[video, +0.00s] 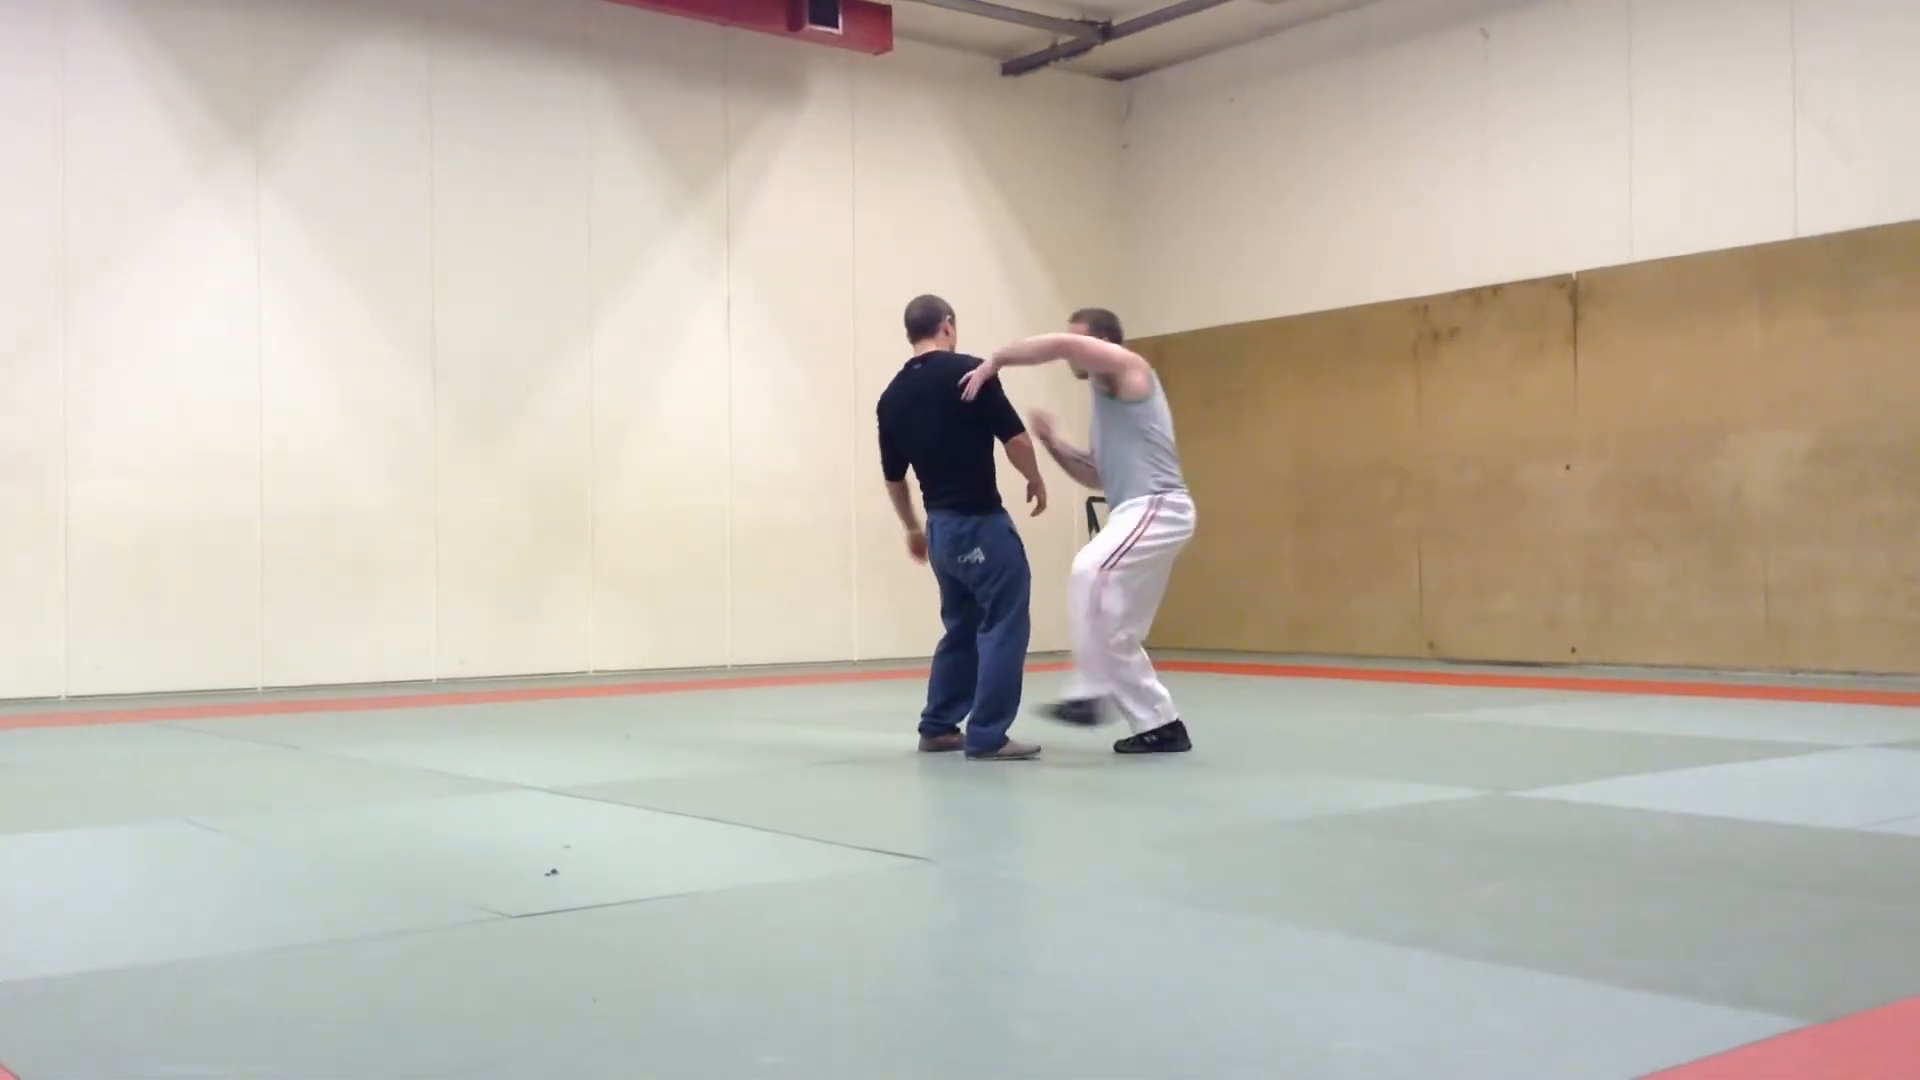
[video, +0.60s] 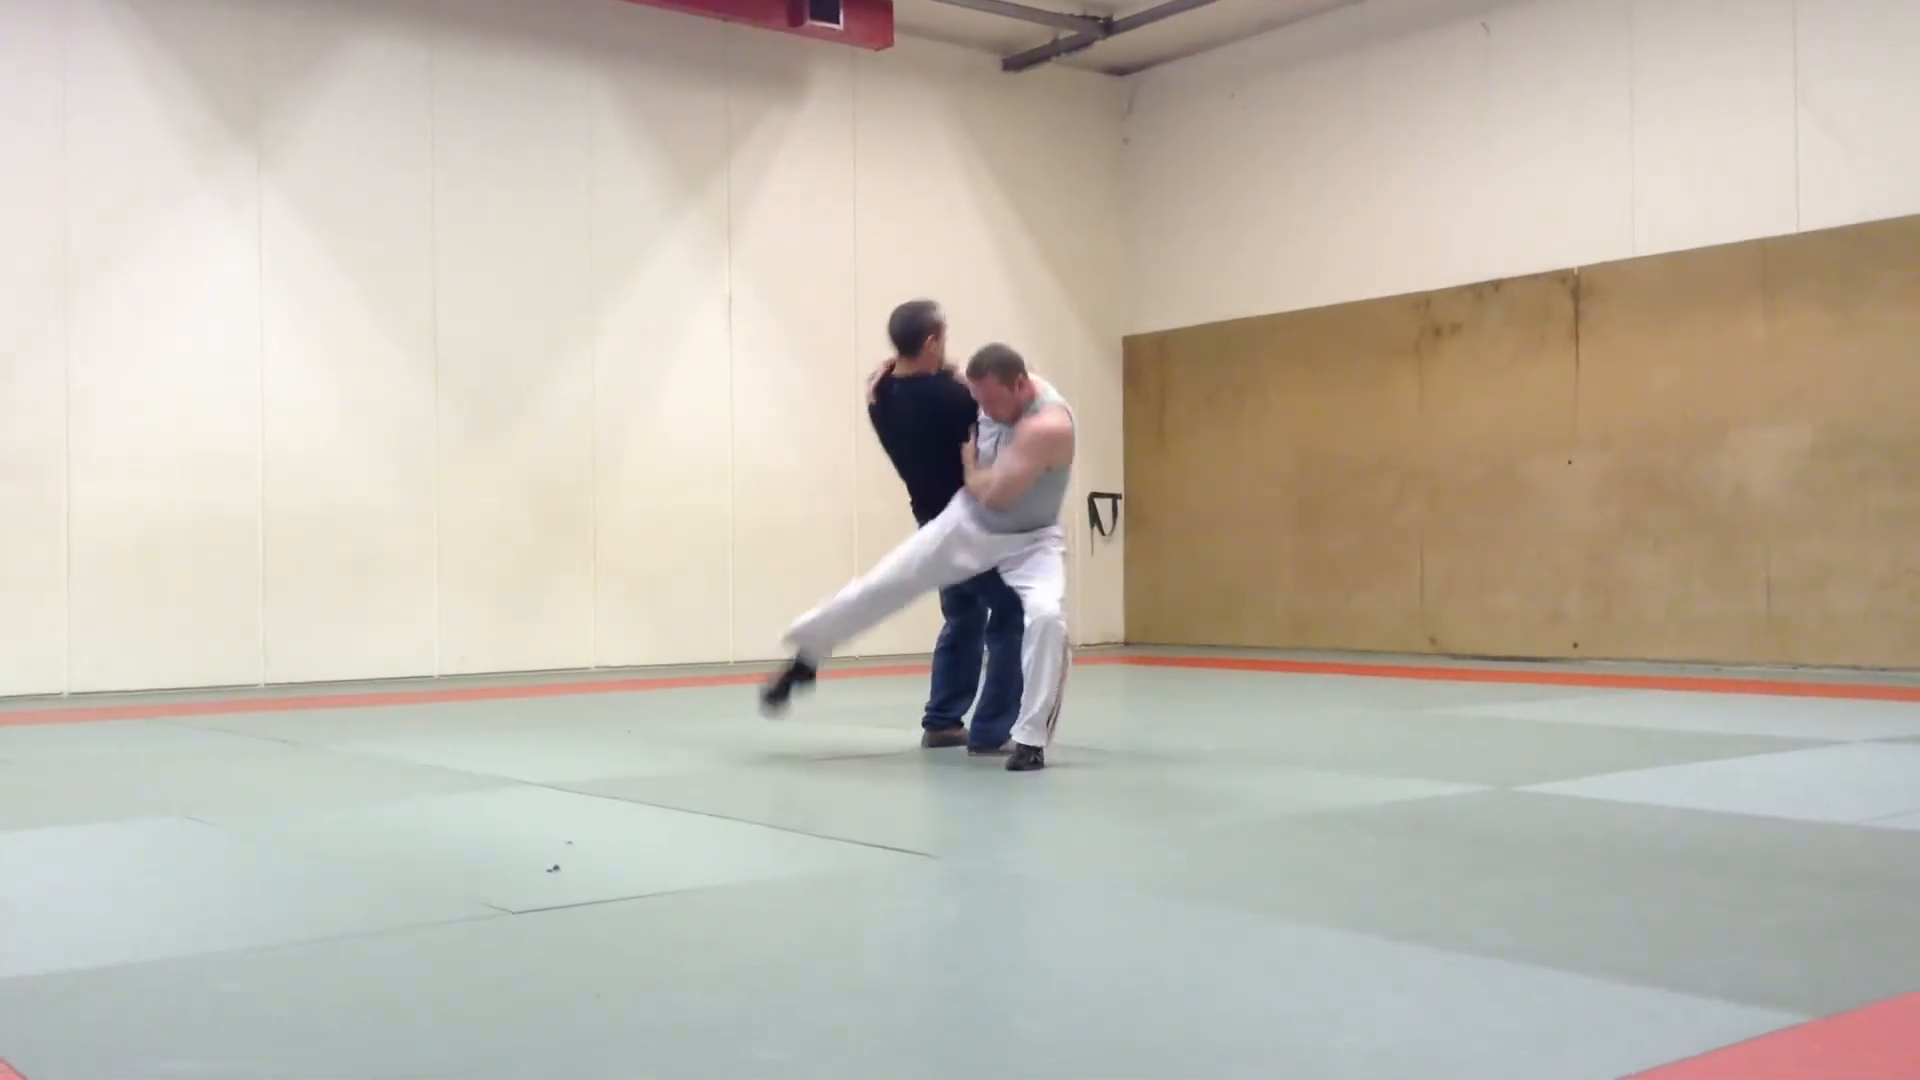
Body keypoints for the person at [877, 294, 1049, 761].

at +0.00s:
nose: (956, 334)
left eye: (952, 328)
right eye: (955, 327)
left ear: (908, 334)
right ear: (948, 328)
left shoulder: (892, 395)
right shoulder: (972, 371)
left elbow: (894, 476)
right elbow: (1015, 439)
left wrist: (911, 527)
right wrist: (1033, 478)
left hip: (940, 527)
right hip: (984, 525)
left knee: (960, 626)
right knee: (1007, 624)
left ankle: (938, 726)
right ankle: (988, 736)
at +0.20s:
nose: (966, 334)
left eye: (964, 327)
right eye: (965, 327)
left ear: (918, 330)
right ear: (954, 326)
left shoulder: (898, 390)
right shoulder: (968, 375)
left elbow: (910, 464)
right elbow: (1004, 447)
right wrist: (1028, 488)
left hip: (937, 526)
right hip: (978, 524)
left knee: (961, 623)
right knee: (1006, 622)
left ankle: (939, 724)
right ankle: (989, 730)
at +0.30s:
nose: (970, 333)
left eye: (970, 326)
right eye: (969, 326)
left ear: (923, 327)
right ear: (956, 324)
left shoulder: (899, 380)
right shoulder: (963, 373)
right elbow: (1003, 455)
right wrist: (1030, 488)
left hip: (936, 521)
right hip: (977, 521)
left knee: (960, 621)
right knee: (1005, 619)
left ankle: (939, 722)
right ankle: (989, 732)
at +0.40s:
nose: (970, 333)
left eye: (969, 325)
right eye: (969, 325)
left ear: (923, 326)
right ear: (957, 324)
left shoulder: (898, 380)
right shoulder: (964, 376)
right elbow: (996, 445)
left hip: (937, 515)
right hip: (979, 511)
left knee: (963, 617)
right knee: (1009, 616)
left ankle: (940, 721)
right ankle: (990, 732)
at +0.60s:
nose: (947, 345)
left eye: (943, 337)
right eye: (943, 338)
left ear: (895, 344)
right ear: (932, 341)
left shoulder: (882, 396)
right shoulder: (954, 395)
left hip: (930, 524)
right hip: (967, 519)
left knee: (962, 618)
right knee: (1011, 616)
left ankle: (942, 719)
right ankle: (993, 729)